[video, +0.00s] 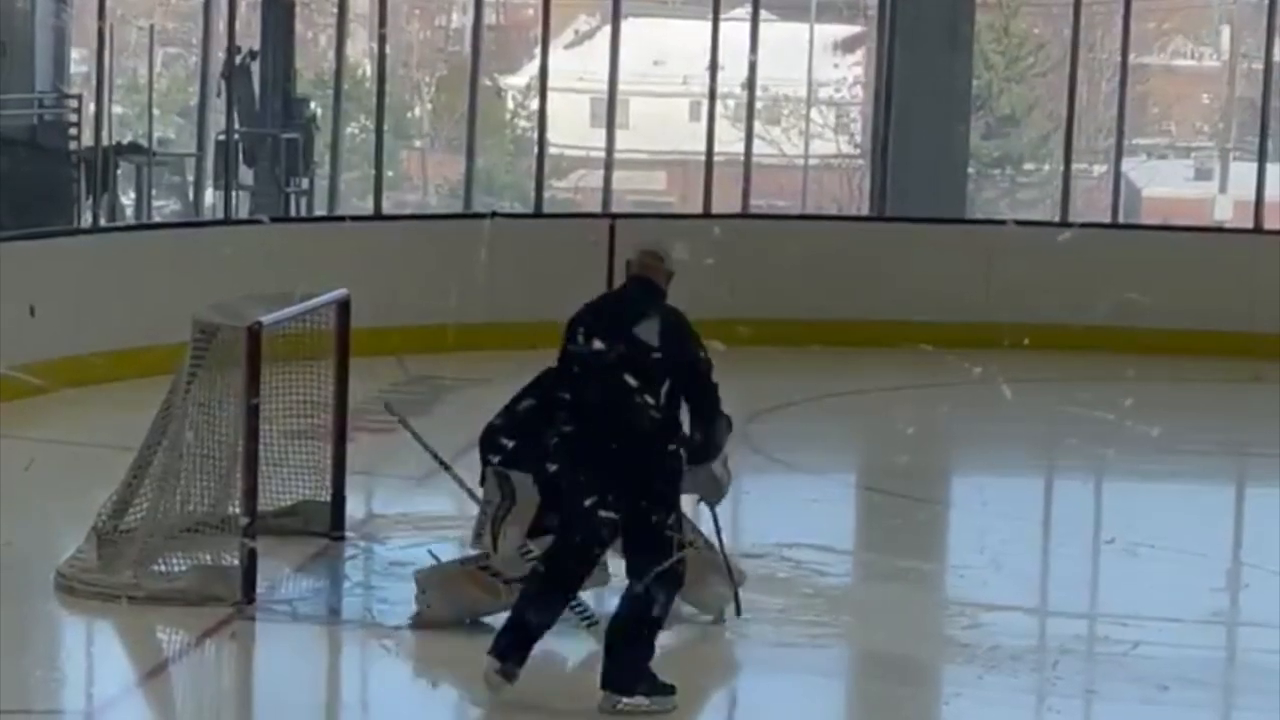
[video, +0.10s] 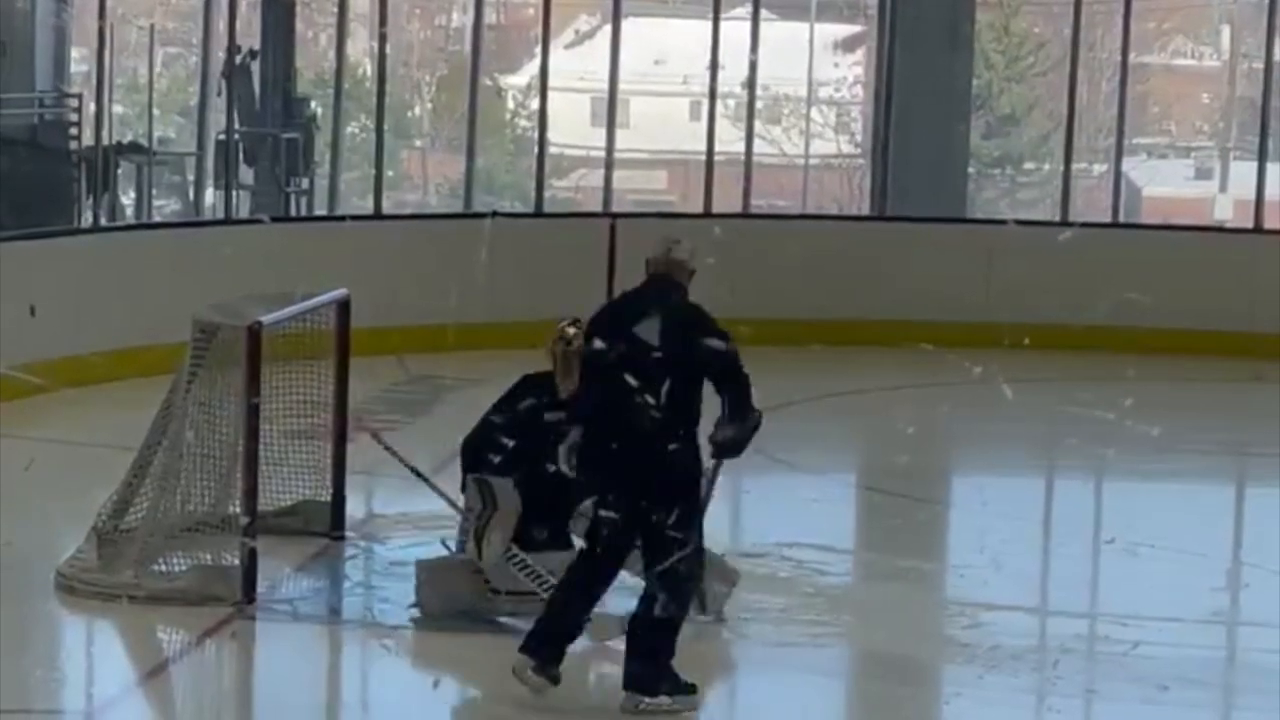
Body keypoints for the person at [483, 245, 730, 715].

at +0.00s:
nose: (662, 284)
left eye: (655, 275)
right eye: (663, 277)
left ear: (626, 274)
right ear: (664, 280)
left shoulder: (586, 316)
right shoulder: (673, 326)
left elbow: (563, 385)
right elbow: (703, 394)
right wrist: (702, 451)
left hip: (585, 456)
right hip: (647, 465)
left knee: (571, 556)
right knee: (657, 570)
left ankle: (509, 653)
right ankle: (626, 678)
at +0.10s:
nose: (690, 280)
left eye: (687, 272)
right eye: (690, 273)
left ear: (648, 270)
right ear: (685, 274)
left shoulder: (611, 314)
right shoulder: (694, 322)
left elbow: (587, 386)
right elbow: (731, 377)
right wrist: (735, 426)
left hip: (611, 457)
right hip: (668, 465)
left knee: (597, 559)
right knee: (674, 574)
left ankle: (540, 654)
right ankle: (648, 680)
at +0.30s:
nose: (715, 279)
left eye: (711, 269)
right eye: (715, 271)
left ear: (684, 270)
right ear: (724, 274)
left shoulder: (647, 316)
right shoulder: (737, 320)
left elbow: (630, 397)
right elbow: (783, 377)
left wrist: (634, 460)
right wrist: (770, 429)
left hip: (649, 462)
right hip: (708, 466)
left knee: (660, 560)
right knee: (710, 566)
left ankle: (633, 658)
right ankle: (688, 667)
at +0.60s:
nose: (753, 274)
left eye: (746, 265)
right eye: (757, 266)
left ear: (727, 267)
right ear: (769, 269)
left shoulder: (695, 313)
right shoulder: (791, 317)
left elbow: (675, 385)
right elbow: (829, 378)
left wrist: (672, 444)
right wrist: (812, 432)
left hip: (707, 458)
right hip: (764, 459)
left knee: (713, 554)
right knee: (765, 558)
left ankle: (698, 656)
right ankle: (752, 666)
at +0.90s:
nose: (786, 267)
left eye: (772, 258)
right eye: (791, 260)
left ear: (757, 264)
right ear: (798, 266)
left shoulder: (725, 306)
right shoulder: (816, 309)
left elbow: (704, 384)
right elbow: (832, 377)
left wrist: (704, 446)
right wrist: (812, 424)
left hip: (739, 450)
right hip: (795, 452)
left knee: (747, 542)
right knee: (809, 548)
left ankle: (737, 644)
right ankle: (813, 655)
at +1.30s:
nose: (840, 262)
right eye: (847, 256)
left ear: (810, 254)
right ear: (849, 257)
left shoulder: (780, 292)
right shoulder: (868, 300)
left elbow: (754, 362)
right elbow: (875, 371)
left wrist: (746, 421)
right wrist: (861, 420)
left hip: (788, 430)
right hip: (844, 436)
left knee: (786, 521)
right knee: (842, 529)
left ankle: (771, 621)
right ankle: (839, 630)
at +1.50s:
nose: (877, 261)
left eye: (868, 252)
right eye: (886, 254)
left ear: (852, 255)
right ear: (890, 258)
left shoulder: (821, 294)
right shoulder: (910, 301)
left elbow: (796, 364)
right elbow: (926, 365)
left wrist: (787, 422)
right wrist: (909, 415)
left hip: (832, 427)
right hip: (888, 433)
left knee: (814, 517)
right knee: (884, 526)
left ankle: (789, 609)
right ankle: (874, 618)